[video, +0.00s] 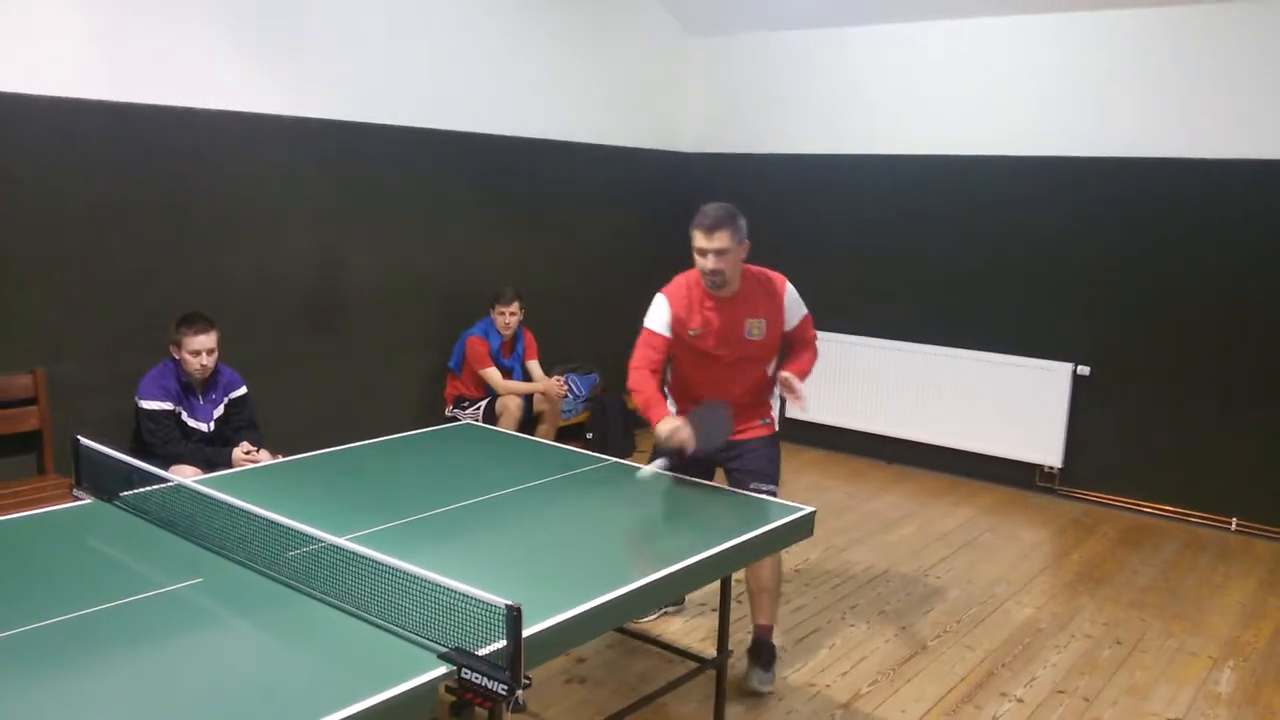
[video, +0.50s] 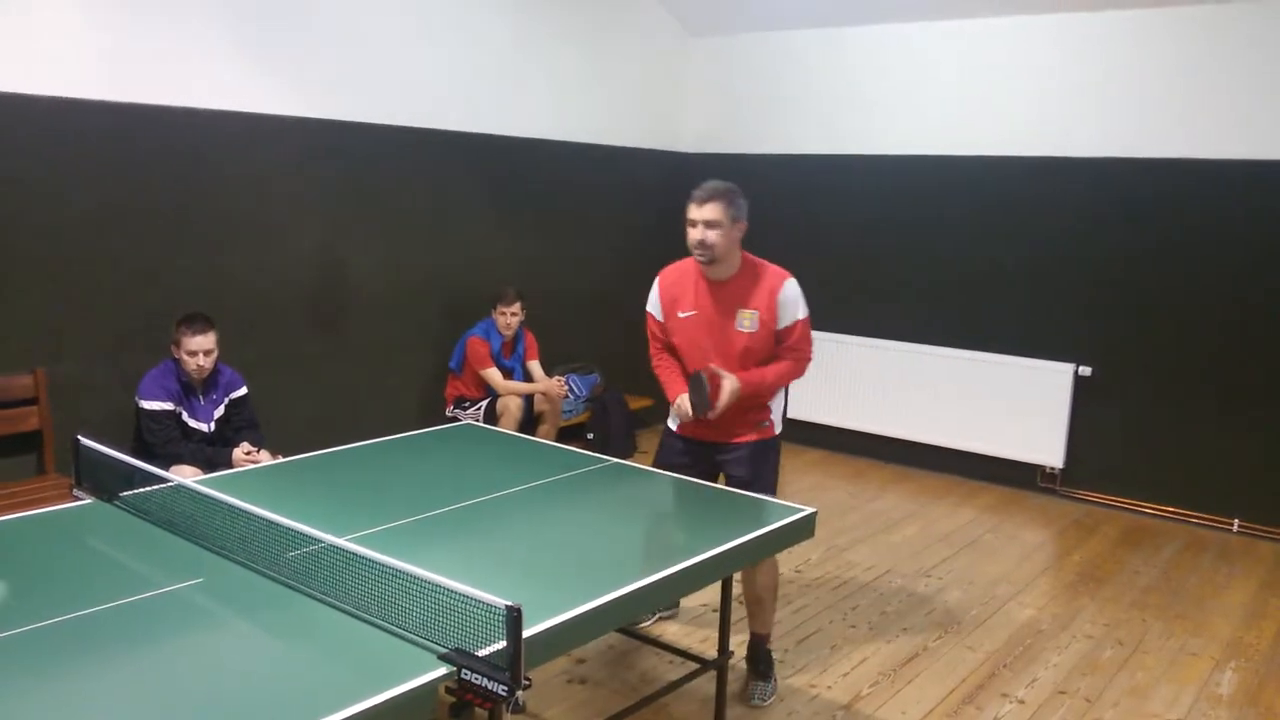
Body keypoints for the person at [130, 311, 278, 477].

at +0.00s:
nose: (204, 362)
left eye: (211, 352)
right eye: (195, 354)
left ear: (218, 349)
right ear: (175, 352)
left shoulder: (230, 381)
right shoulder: (154, 387)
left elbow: (245, 428)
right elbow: (165, 449)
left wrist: (246, 445)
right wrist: (228, 457)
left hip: (220, 457)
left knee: (264, 460)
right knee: (189, 476)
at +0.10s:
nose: (205, 362)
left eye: (211, 353)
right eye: (196, 354)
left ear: (219, 349)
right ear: (177, 352)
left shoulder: (230, 380)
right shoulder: (155, 386)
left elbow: (246, 427)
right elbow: (166, 449)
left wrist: (247, 444)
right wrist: (228, 457)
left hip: (220, 457)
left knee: (265, 460)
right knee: (190, 475)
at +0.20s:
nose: (204, 362)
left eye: (211, 353)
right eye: (195, 354)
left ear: (218, 349)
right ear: (176, 352)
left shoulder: (230, 380)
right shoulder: (155, 387)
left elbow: (245, 427)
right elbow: (165, 449)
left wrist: (247, 444)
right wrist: (228, 457)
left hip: (220, 457)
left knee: (265, 460)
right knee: (189, 475)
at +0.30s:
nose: (203, 363)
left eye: (210, 354)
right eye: (194, 355)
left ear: (218, 350)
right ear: (176, 352)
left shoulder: (230, 382)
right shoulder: (155, 387)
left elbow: (245, 428)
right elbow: (165, 450)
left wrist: (247, 446)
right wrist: (228, 458)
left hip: (220, 459)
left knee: (265, 461)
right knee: (189, 476)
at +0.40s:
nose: (203, 362)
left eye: (210, 353)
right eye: (194, 354)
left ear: (219, 350)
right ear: (177, 352)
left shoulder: (231, 381)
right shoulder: (156, 387)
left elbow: (246, 428)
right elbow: (167, 449)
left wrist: (250, 446)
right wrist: (230, 456)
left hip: (218, 460)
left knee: (266, 461)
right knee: (189, 476)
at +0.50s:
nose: (201, 362)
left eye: (208, 353)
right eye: (192, 354)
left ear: (217, 349)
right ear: (175, 351)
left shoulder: (230, 381)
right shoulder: (155, 387)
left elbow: (245, 427)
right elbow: (165, 449)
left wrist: (247, 446)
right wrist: (228, 457)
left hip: (220, 458)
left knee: (265, 461)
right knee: (189, 475)